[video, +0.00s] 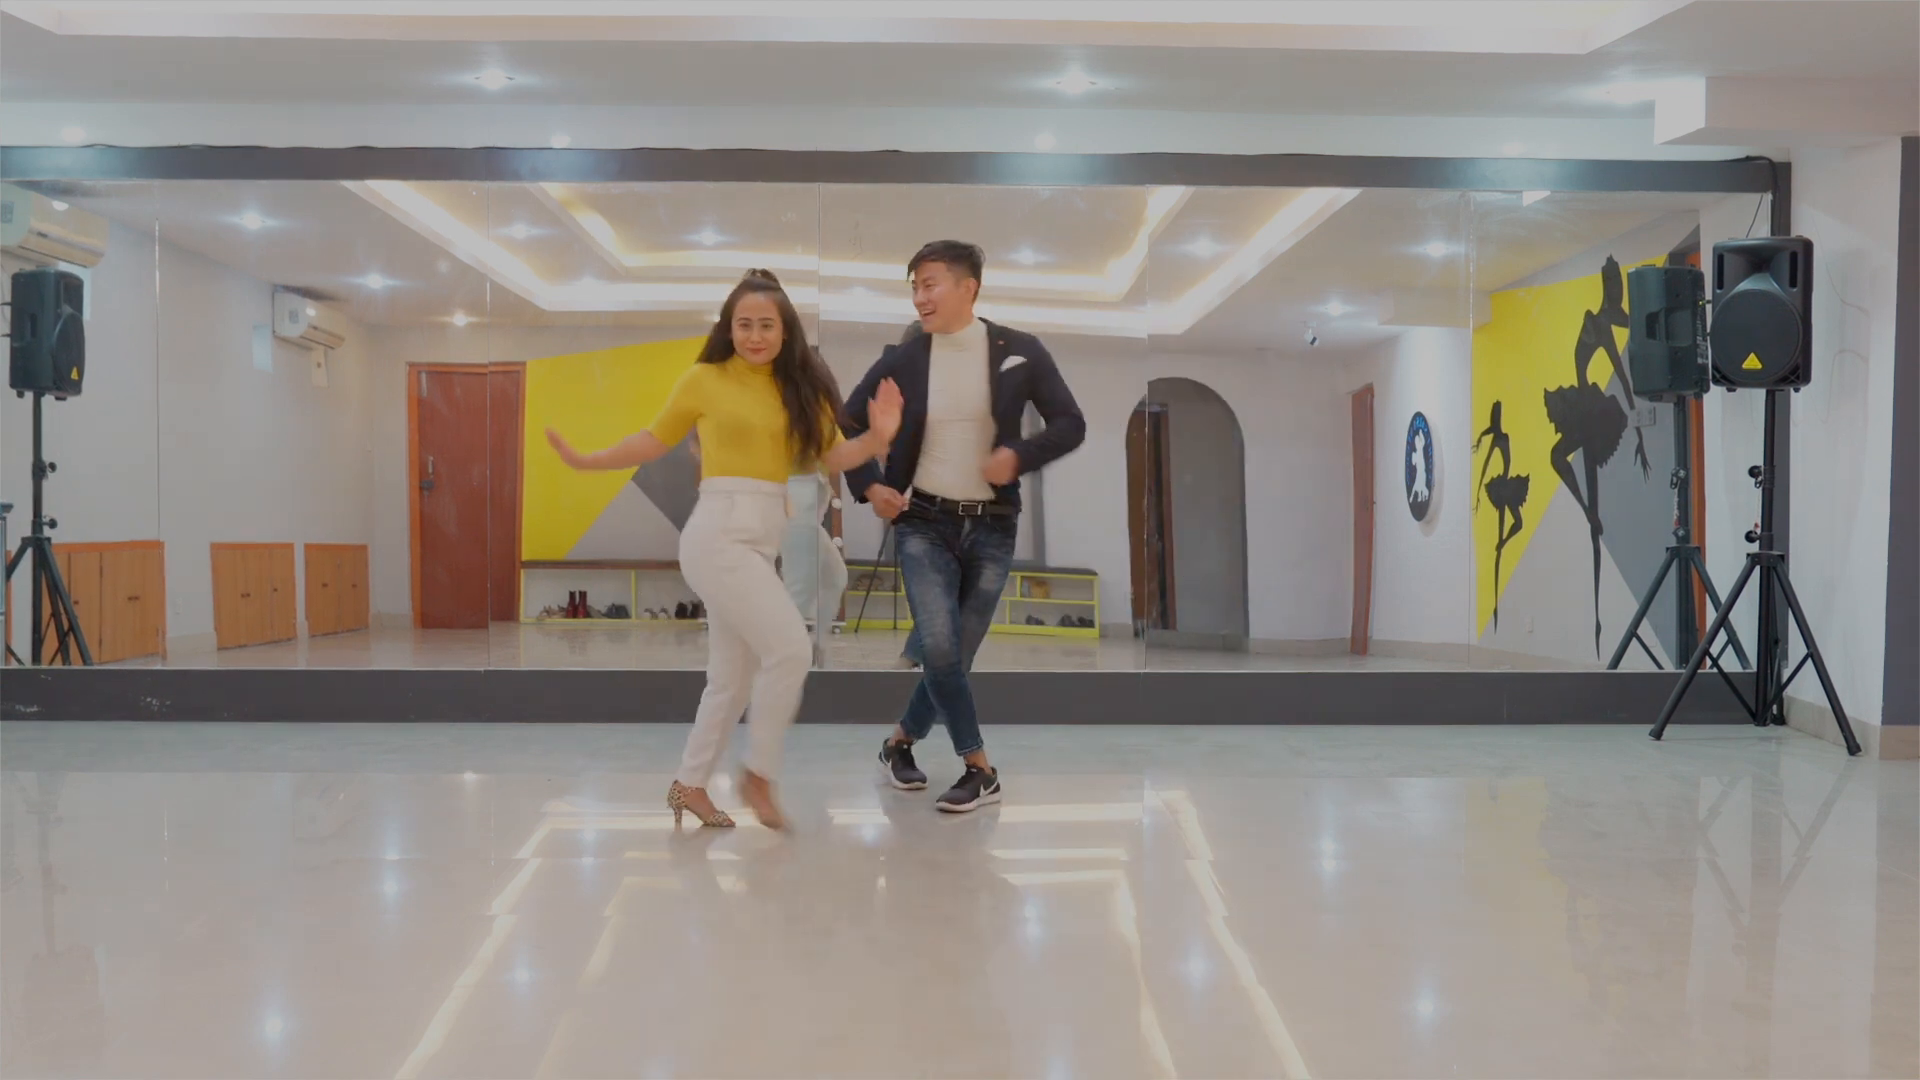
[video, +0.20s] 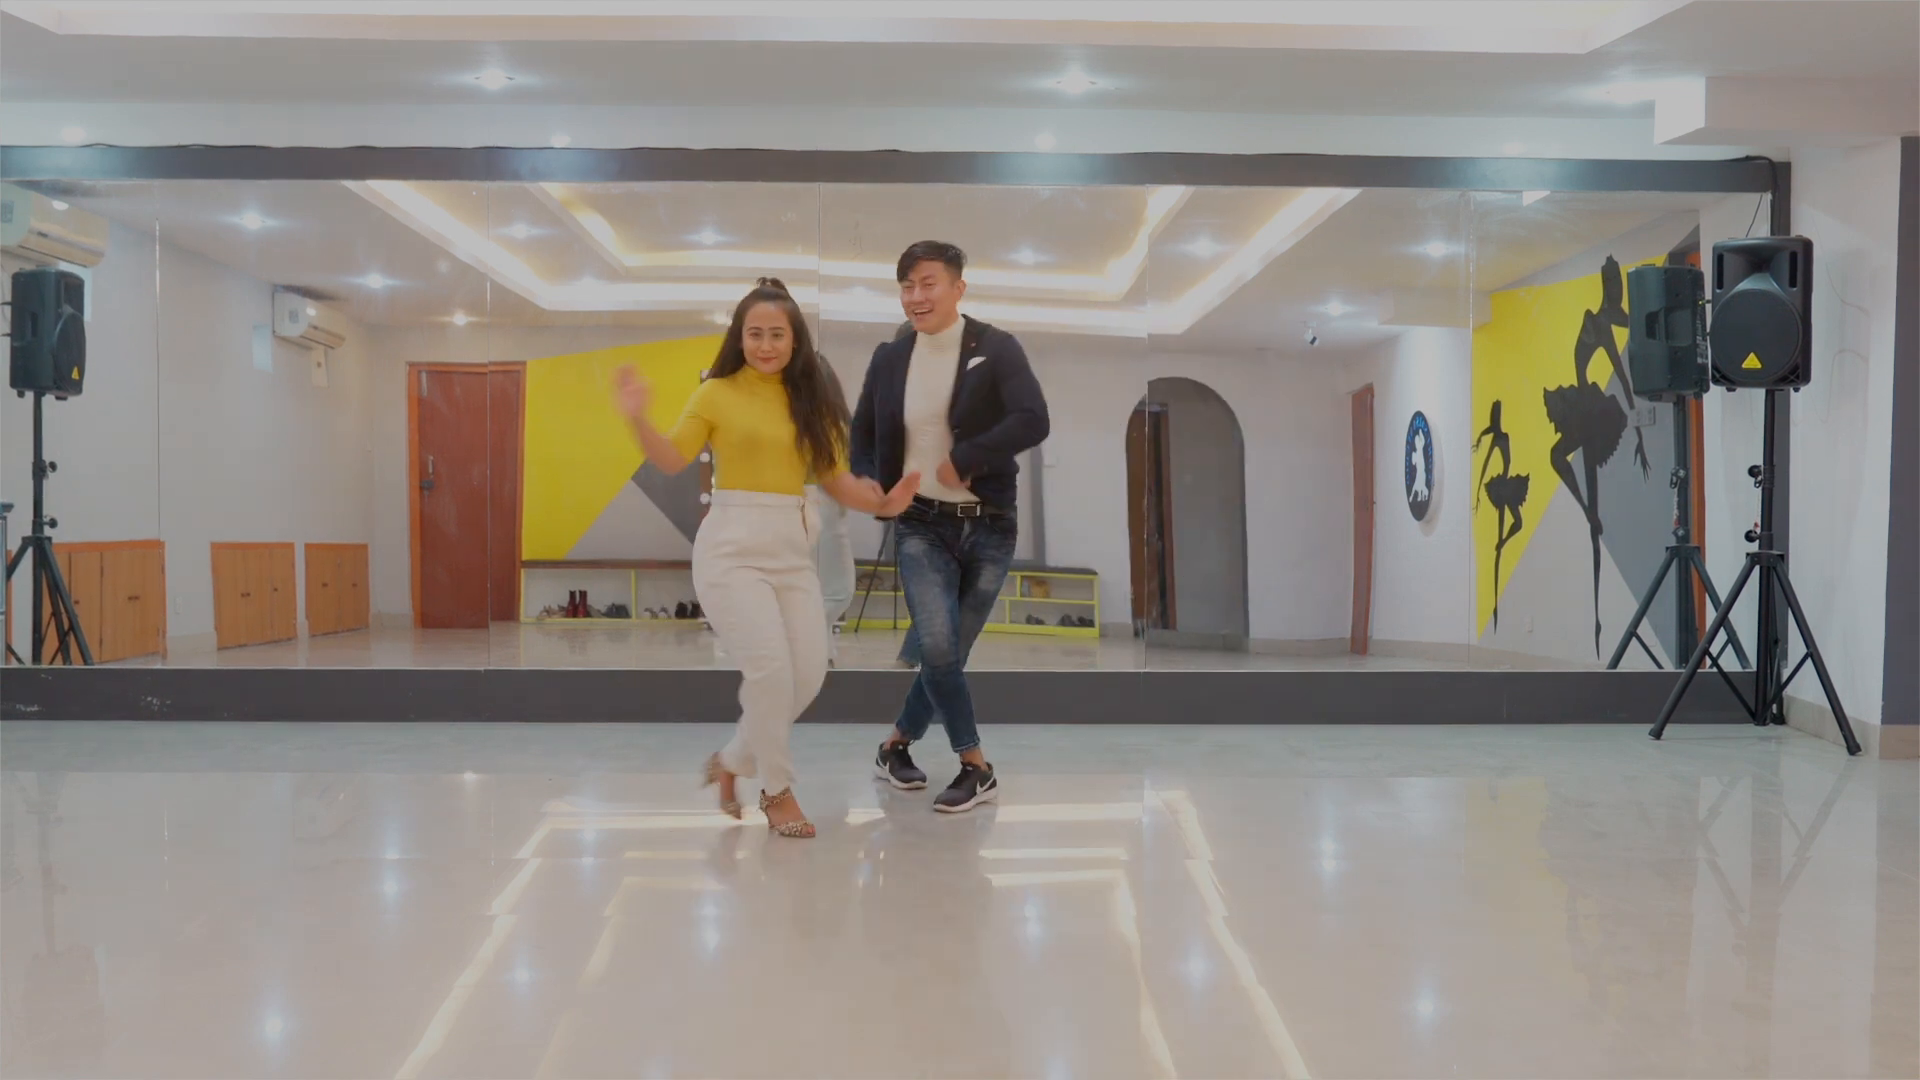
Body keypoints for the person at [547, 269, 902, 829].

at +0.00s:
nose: (756, 335)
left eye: (767, 324)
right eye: (744, 323)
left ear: (786, 330)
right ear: (728, 327)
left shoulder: (798, 392)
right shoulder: (705, 380)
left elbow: (830, 458)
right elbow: (655, 440)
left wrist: (878, 437)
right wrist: (586, 461)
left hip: (766, 542)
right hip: (717, 536)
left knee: (730, 679)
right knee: (789, 648)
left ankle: (689, 783)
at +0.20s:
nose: (766, 344)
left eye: (777, 333)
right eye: (755, 333)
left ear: (795, 340)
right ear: (740, 338)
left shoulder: (811, 401)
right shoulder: (718, 392)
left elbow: (839, 480)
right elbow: (672, 459)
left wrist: (882, 503)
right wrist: (639, 419)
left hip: (794, 549)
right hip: (730, 545)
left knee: (809, 673)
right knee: (767, 665)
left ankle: (730, 764)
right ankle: (777, 792)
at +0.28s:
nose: (768, 346)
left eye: (780, 335)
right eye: (757, 334)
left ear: (798, 341)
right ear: (740, 338)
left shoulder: (810, 399)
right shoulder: (718, 392)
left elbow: (820, 479)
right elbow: (692, 464)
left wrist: (860, 504)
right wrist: (697, 413)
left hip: (800, 547)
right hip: (732, 546)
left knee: (806, 671)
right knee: (754, 670)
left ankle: (765, 773)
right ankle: (787, 790)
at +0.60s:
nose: (768, 335)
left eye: (780, 324)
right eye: (757, 324)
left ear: (799, 328)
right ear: (742, 327)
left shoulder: (814, 387)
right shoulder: (720, 385)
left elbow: (846, 461)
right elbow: (676, 450)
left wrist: (849, 418)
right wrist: (630, 496)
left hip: (801, 539)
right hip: (736, 536)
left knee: (789, 660)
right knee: (770, 652)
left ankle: (749, 769)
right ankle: (774, 768)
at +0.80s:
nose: (769, 340)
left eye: (781, 329)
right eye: (758, 328)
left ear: (799, 334)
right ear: (743, 333)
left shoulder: (816, 392)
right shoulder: (725, 391)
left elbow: (837, 464)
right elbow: (686, 455)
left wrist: (831, 444)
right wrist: (617, 453)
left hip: (803, 543)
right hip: (744, 542)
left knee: (819, 668)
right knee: (785, 664)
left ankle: (744, 758)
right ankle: (768, 789)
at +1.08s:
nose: (767, 313)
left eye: (778, 306)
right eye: (757, 305)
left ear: (796, 322)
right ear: (740, 318)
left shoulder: (812, 382)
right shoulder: (716, 383)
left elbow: (836, 460)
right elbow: (675, 451)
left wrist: (895, 481)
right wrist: (651, 409)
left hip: (800, 530)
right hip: (742, 535)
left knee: (720, 630)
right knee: (758, 665)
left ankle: (823, 662)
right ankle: (813, 785)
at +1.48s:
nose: (747, 318)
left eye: (760, 311)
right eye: (738, 308)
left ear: (777, 329)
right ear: (721, 321)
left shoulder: (783, 390)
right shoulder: (698, 388)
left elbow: (780, 459)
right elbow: (670, 456)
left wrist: (748, 416)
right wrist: (600, 471)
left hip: (769, 542)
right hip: (703, 543)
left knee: (755, 672)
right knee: (694, 683)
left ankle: (749, 801)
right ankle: (743, 778)